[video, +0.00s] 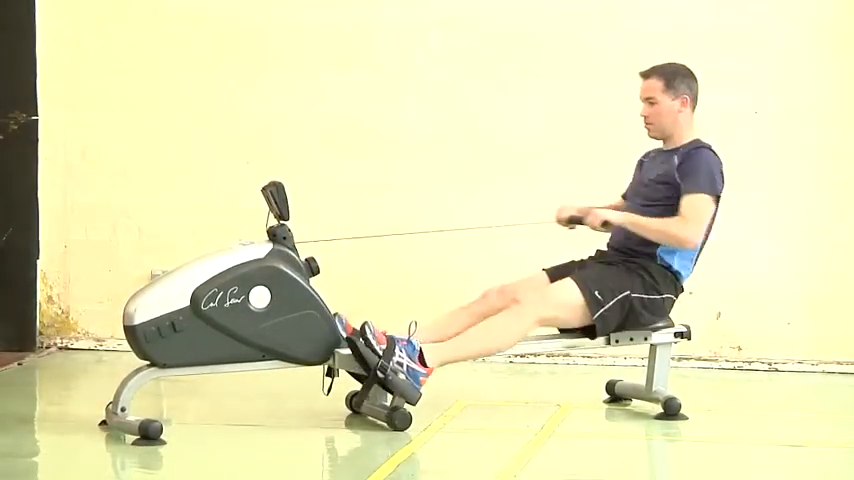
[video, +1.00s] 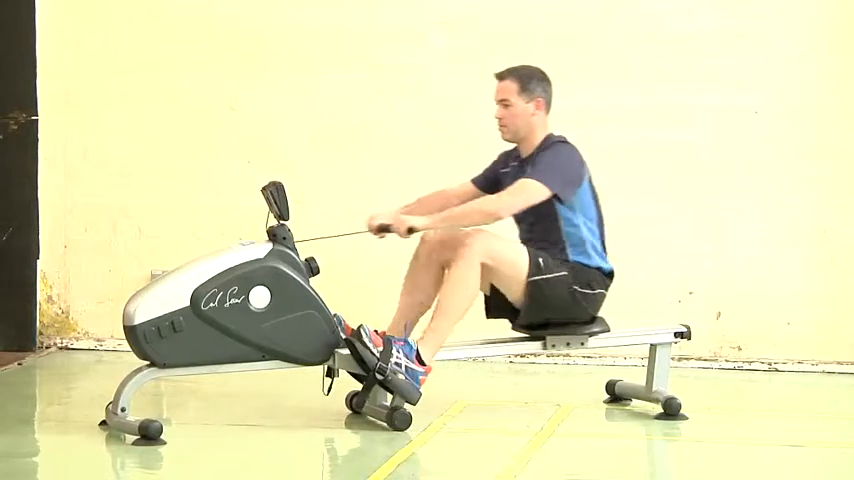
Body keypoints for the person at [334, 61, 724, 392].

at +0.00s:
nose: (643, 113)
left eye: (651, 103)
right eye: (643, 104)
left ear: (684, 103)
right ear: (665, 105)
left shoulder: (701, 160)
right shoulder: (651, 159)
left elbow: (690, 235)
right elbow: (629, 214)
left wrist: (612, 216)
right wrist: (593, 214)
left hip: (647, 277)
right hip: (615, 265)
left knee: (534, 308)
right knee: (499, 297)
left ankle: (422, 363)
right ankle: (396, 346)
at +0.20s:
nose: (643, 111)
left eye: (652, 102)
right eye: (643, 102)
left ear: (685, 104)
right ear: (669, 106)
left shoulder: (704, 159)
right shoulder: (657, 159)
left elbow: (727, 239)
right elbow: (656, 224)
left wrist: (659, 228)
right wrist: (615, 224)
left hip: (648, 273)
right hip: (617, 260)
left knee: (538, 317)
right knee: (503, 303)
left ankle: (422, 362)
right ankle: (401, 345)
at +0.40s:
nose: (625, 106)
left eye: (634, 97)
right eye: (624, 97)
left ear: (665, 99)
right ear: (641, 101)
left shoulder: (683, 153)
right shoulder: (636, 157)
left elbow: (694, 235)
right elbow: (626, 231)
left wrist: (625, 213)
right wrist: (590, 213)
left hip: (646, 278)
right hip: (610, 266)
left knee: (534, 305)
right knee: (496, 293)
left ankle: (422, 364)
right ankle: (398, 347)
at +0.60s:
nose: (590, 106)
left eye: (598, 96)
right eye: (589, 96)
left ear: (631, 99)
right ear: (620, 100)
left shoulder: (650, 151)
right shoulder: (603, 157)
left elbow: (635, 223)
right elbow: (567, 214)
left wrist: (570, 208)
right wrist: (532, 206)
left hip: (634, 281)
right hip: (599, 271)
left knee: (516, 283)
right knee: (481, 272)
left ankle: (423, 364)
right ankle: (403, 346)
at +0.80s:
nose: (546, 109)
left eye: (553, 100)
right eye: (545, 100)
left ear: (585, 101)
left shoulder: (608, 152)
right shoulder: (558, 159)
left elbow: (567, 211)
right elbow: (512, 198)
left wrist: (490, 210)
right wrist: (462, 207)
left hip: (608, 281)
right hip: (572, 274)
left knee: (495, 259)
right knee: (460, 253)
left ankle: (422, 361)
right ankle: (397, 344)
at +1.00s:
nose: (497, 114)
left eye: (505, 105)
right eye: (497, 105)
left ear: (537, 107)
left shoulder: (561, 157)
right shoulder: (510, 162)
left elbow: (497, 208)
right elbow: (455, 196)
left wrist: (420, 224)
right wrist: (399, 215)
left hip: (576, 285)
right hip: (537, 284)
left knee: (476, 244)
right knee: (436, 241)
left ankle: (420, 360)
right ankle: (391, 344)